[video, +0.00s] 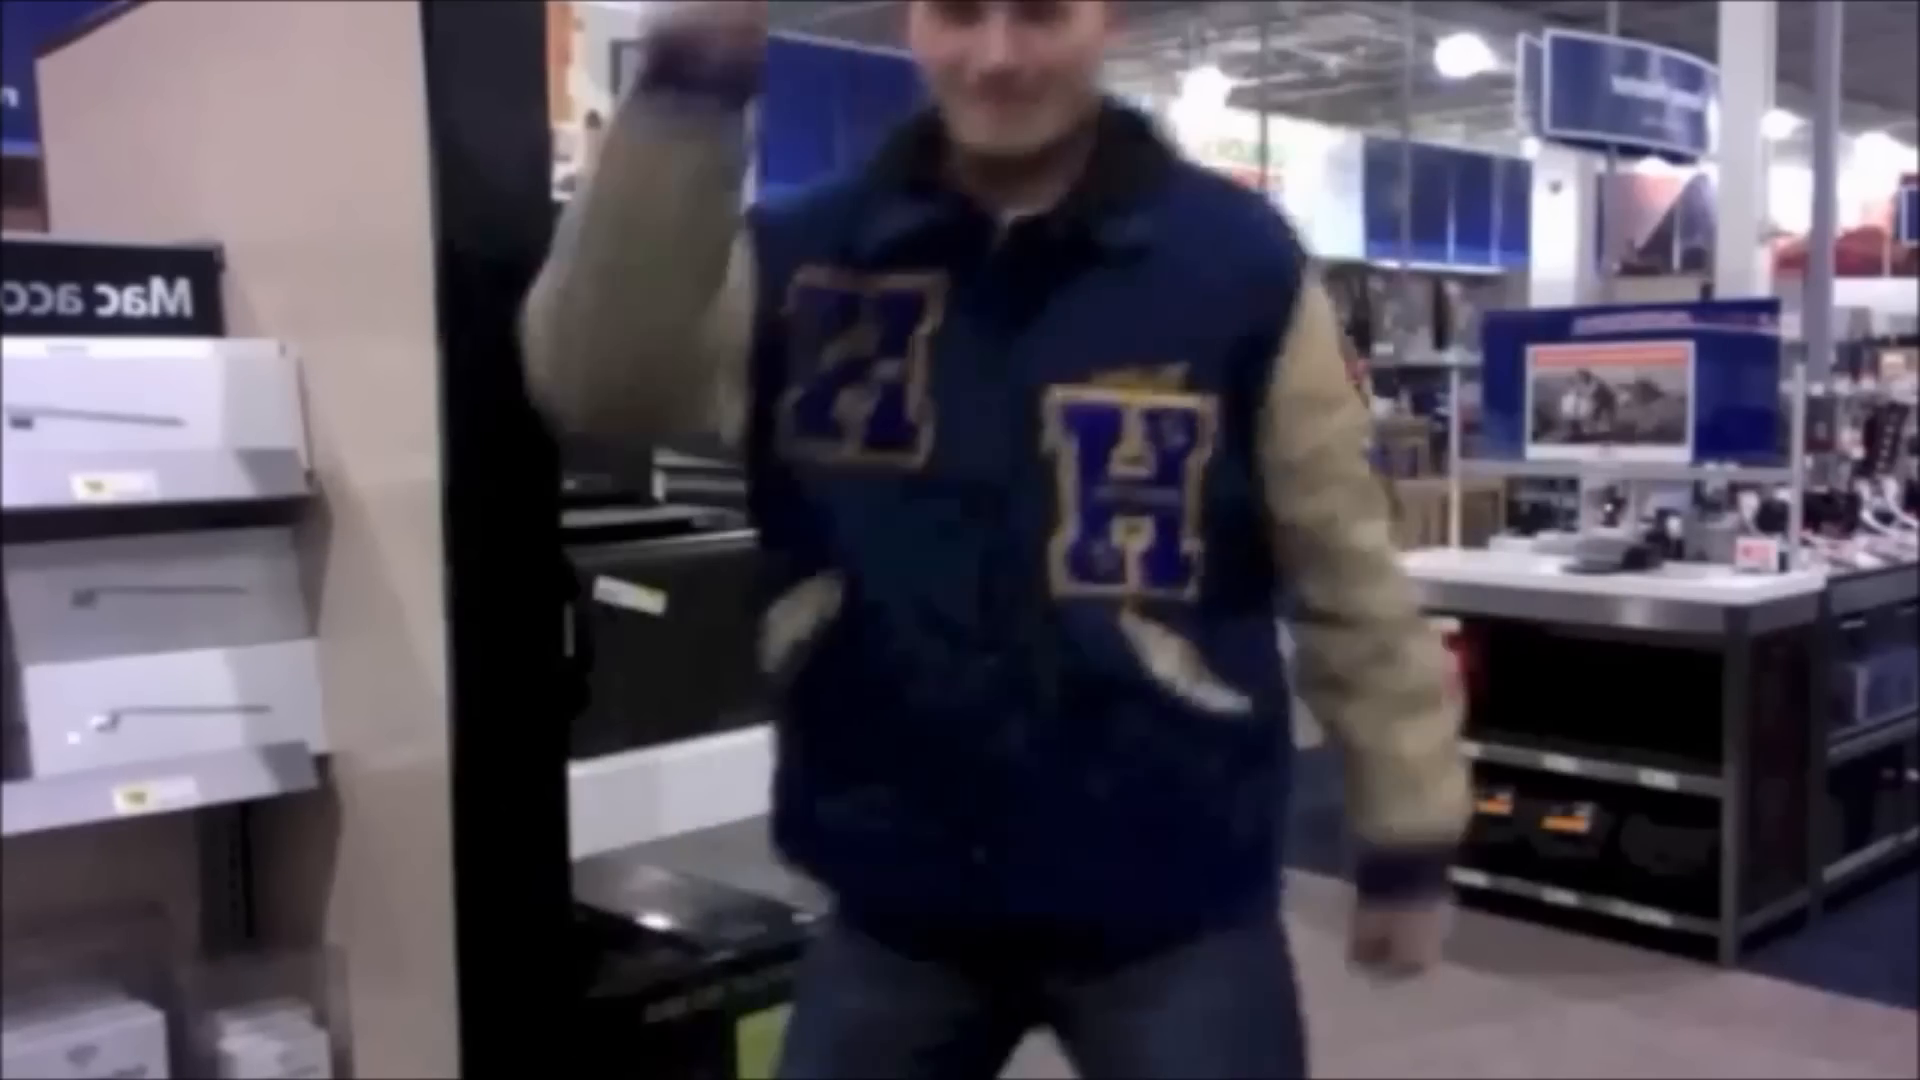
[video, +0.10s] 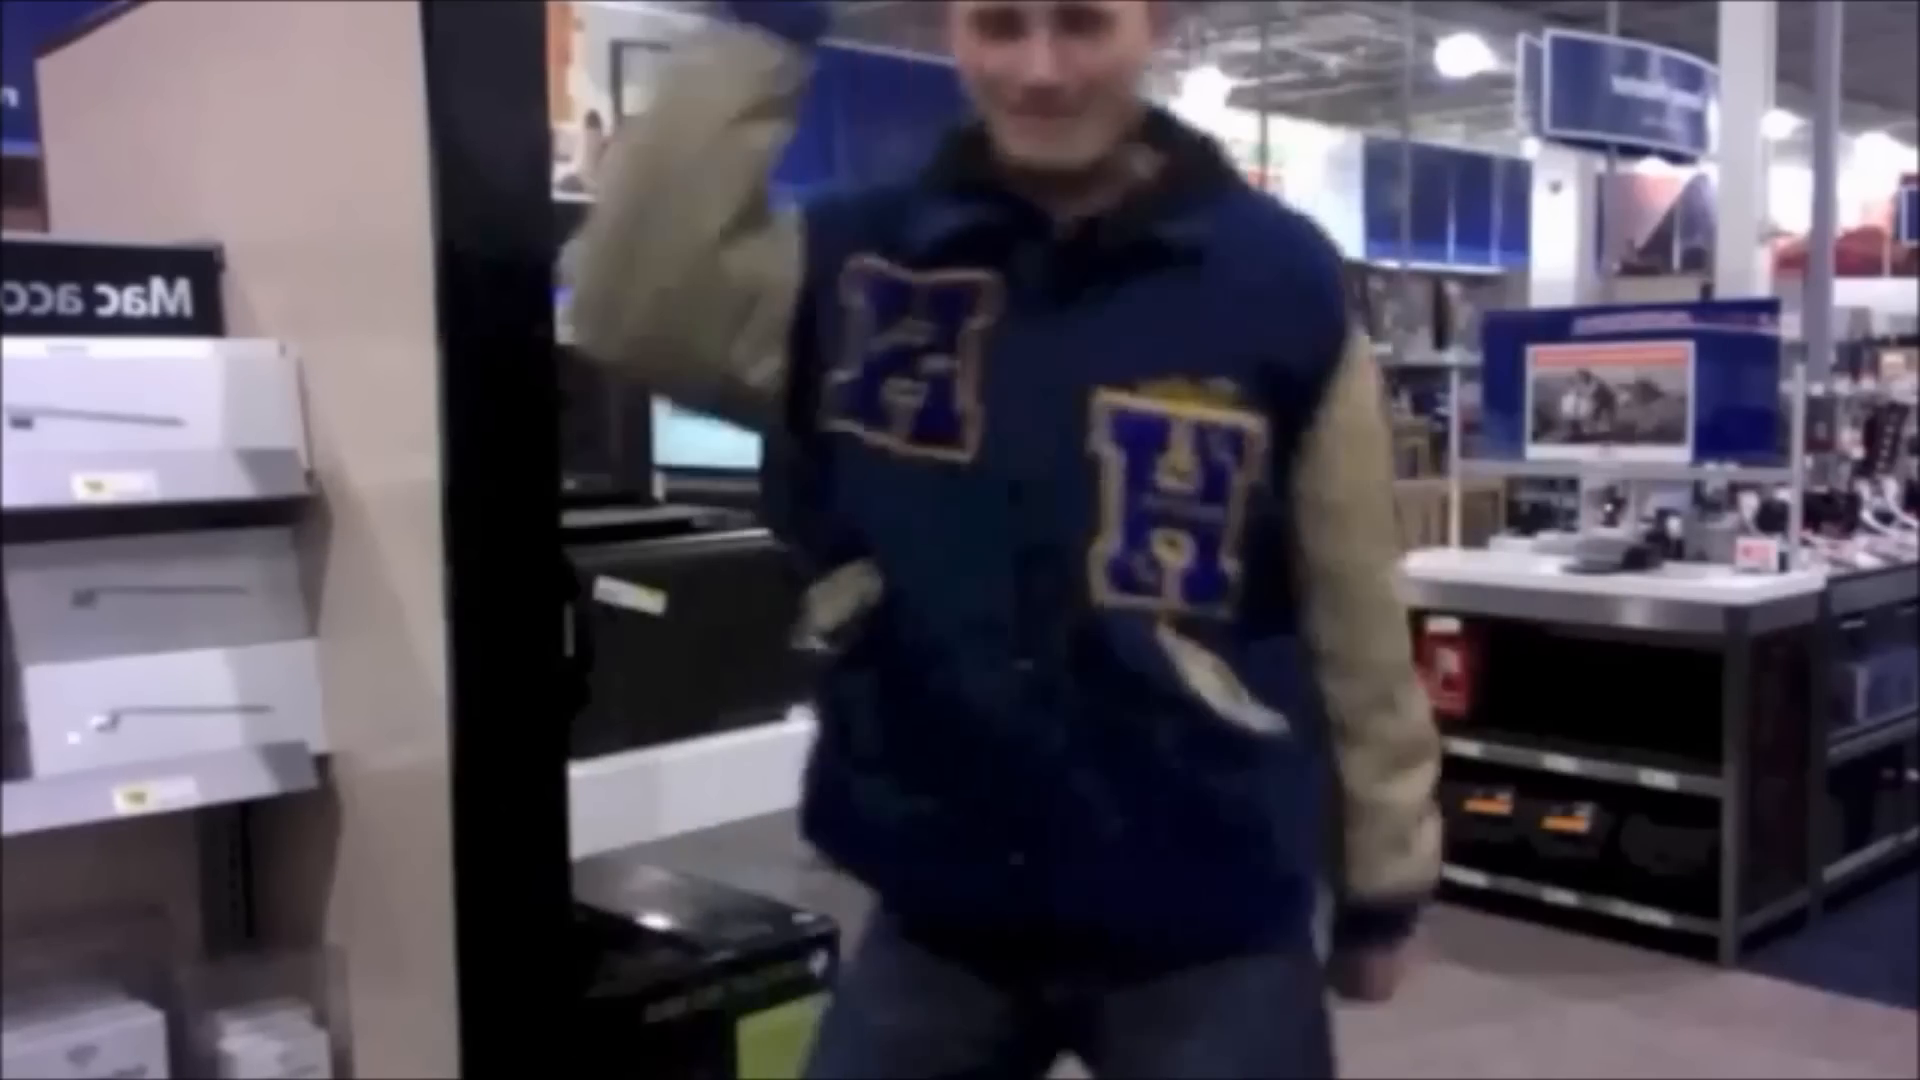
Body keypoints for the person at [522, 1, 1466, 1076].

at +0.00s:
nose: (998, 52)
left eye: (1042, 15)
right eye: (959, 13)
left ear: (1108, 29)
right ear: (912, 31)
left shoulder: (1231, 263)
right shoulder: (807, 256)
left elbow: (1351, 567)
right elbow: (597, 388)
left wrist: (1407, 837)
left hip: (1167, 899)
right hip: (897, 896)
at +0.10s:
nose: (1041, 67)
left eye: (1082, 26)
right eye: (1002, 29)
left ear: (1151, 32)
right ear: (956, 39)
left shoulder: (1272, 276)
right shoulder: (859, 264)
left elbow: (1357, 600)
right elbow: (631, 305)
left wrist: (1382, 883)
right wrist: (766, 42)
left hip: (1205, 919)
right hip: (944, 907)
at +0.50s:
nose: (1140, 41)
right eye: (1101, 2)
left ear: (1269, 20)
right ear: (1058, 25)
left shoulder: (1378, 273)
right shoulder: (944, 232)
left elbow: (1459, 603)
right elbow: (711, 286)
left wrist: (1448, 898)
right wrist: (893, 36)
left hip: (1244, 901)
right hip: (984, 882)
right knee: (870, 1063)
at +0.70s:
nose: (1113, 107)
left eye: (1158, 59)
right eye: (1073, 62)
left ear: (1242, 60)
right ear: (1022, 75)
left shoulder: (1347, 334)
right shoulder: (942, 296)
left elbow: (1452, 682)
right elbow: (731, 482)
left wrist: (1436, 968)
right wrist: (874, 270)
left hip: (1245, 989)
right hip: (972, 974)